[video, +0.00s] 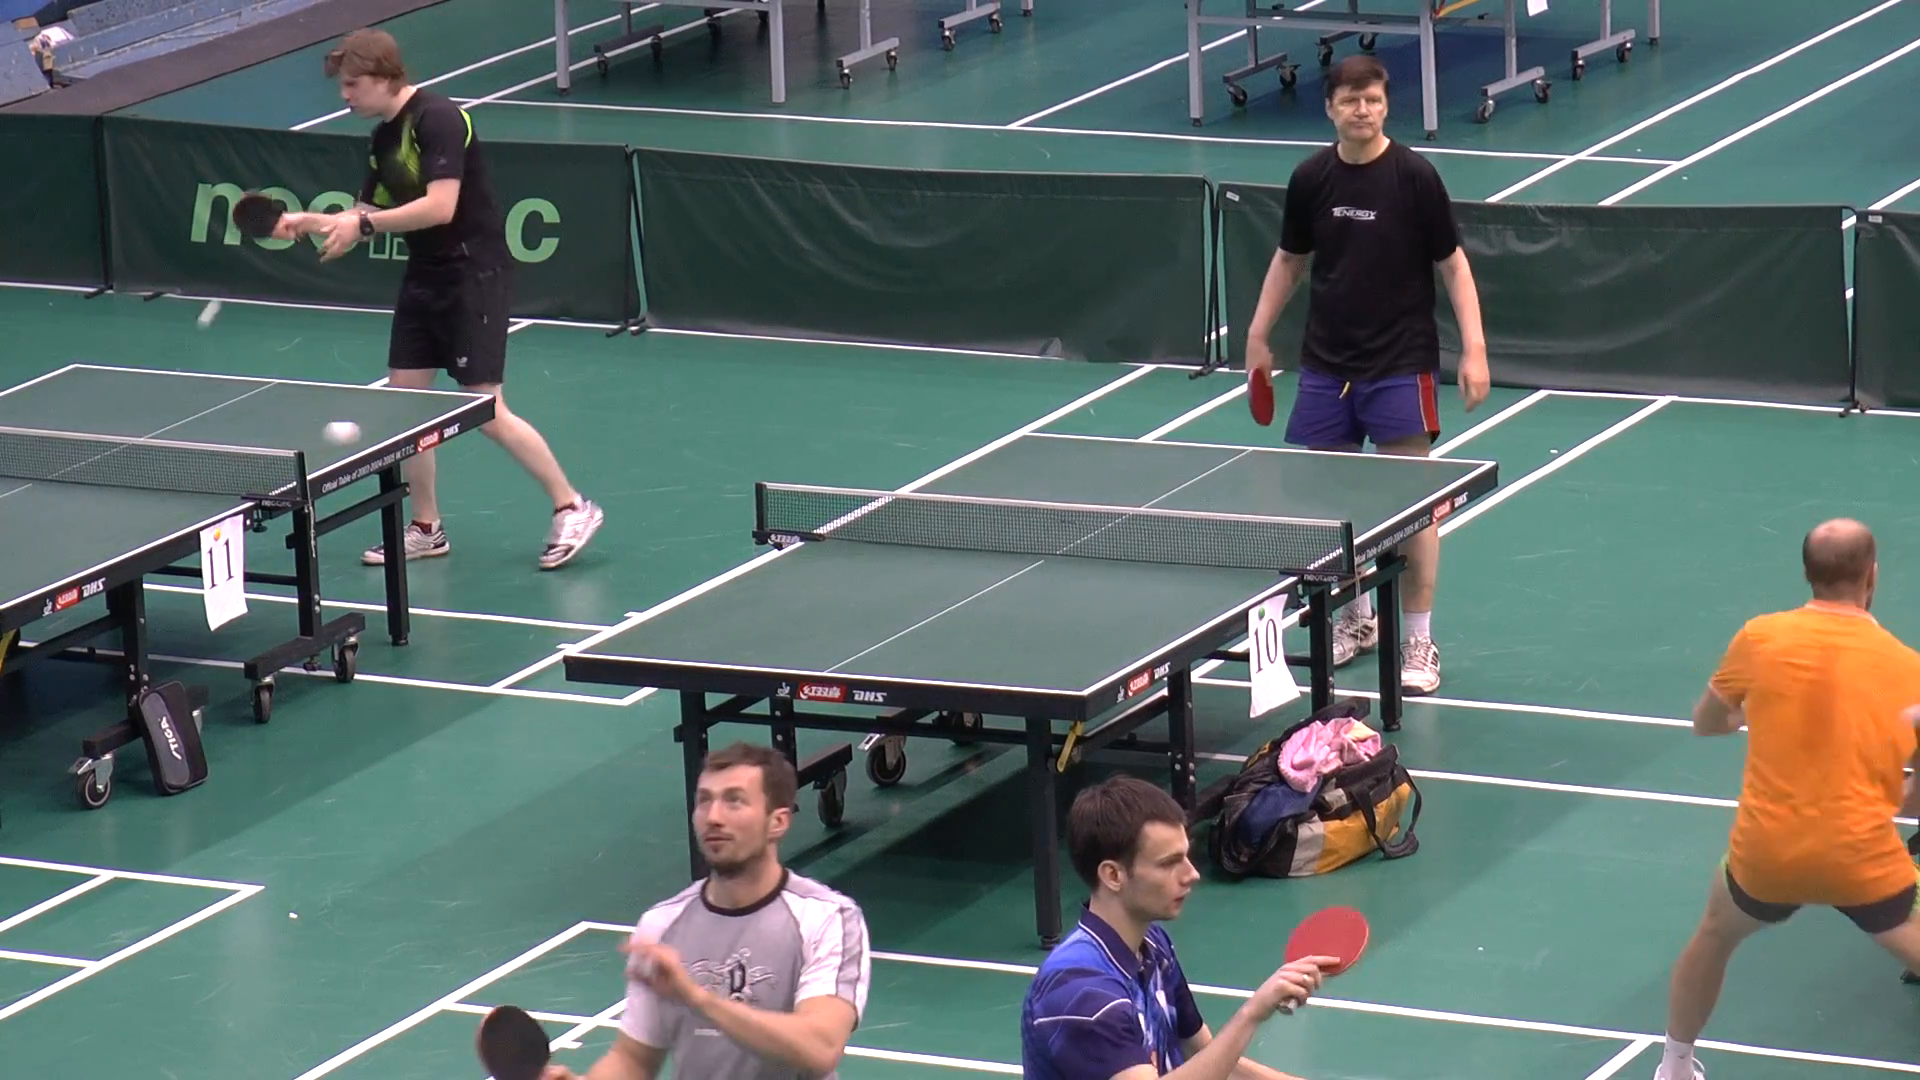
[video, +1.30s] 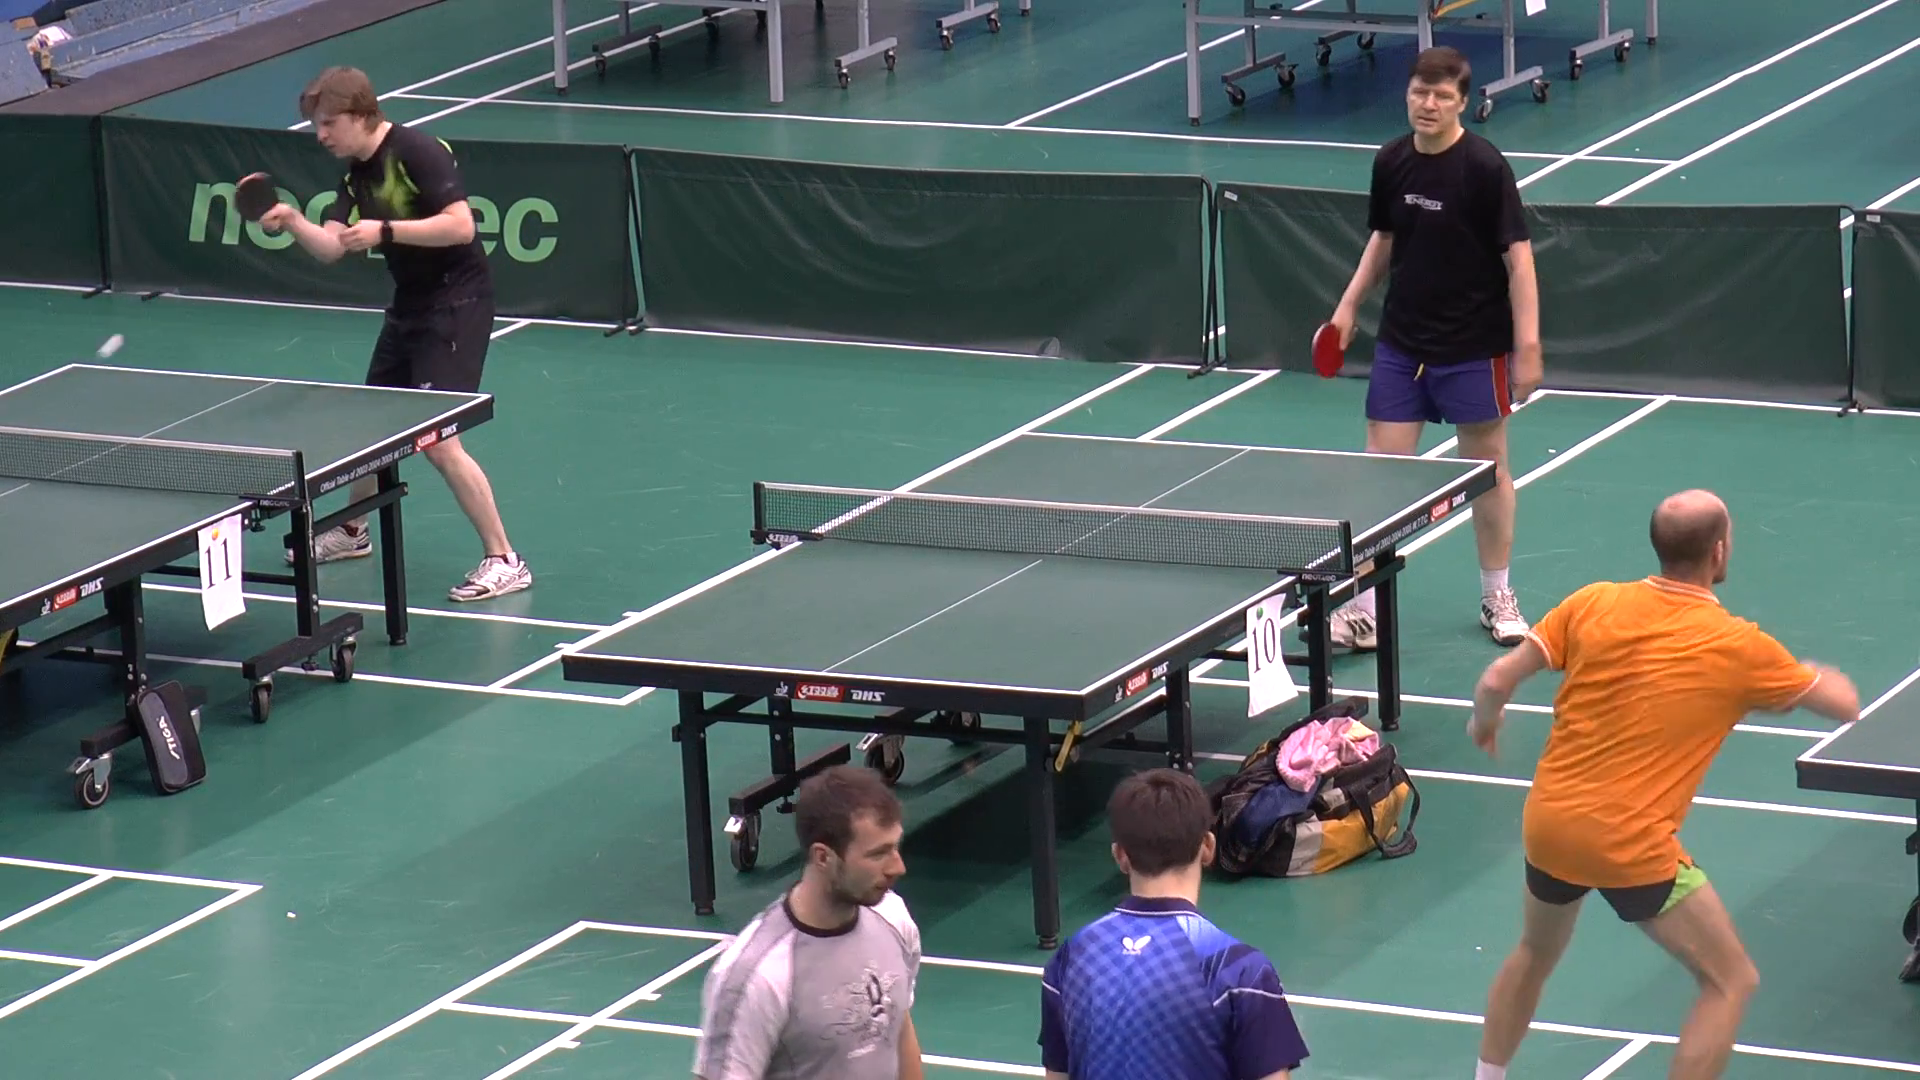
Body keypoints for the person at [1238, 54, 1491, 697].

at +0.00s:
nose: (1361, 108)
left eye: (1372, 98)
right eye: (1349, 99)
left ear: (1387, 104)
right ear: (1330, 107)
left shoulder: (1416, 176)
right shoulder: (1310, 177)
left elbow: (1454, 265)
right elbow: (1288, 259)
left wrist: (1474, 348)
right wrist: (1256, 332)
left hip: (1400, 365)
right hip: (1325, 366)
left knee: (1414, 501)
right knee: (1310, 492)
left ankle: (1418, 636)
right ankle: (1357, 610)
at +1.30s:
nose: (1426, 104)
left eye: (1440, 96)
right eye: (1419, 93)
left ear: (1462, 102)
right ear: (1407, 95)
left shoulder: (1487, 167)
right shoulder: (1390, 162)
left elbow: (1520, 261)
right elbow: (1383, 238)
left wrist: (1528, 350)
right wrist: (1348, 303)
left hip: (1475, 349)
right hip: (1401, 344)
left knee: (1489, 474)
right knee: (1381, 474)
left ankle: (1498, 593)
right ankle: (1364, 604)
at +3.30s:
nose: (1454, 99)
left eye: (1467, 90)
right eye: (1447, 87)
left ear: (1493, 90)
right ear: (1439, 86)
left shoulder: (1528, 154)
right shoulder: (1419, 154)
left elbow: (1558, 244)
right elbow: (1399, 233)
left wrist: (1575, 330)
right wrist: (1389, 278)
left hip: (1506, 340)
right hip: (1430, 336)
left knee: (1507, 471)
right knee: (1394, 465)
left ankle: (1496, 591)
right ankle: (1395, 588)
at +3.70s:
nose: (1473, 109)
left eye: (1485, 99)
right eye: (1466, 98)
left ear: (1515, 94)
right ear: (1458, 95)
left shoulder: (1553, 154)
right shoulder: (1440, 161)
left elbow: (1581, 239)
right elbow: (1414, 243)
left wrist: (1600, 323)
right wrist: (1424, 289)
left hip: (1533, 340)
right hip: (1461, 339)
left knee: (1518, 467)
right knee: (1464, 470)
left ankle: (1500, 587)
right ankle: (1471, 612)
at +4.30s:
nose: (1483, 162)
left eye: (1491, 150)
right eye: (1471, 154)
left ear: (1512, 126)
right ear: (1459, 144)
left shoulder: (1558, 166)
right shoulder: (1443, 195)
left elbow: (1591, 244)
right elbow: (1425, 281)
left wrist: (1623, 323)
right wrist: (1459, 316)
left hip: (1563, 357)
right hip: (1487, 365)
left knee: (1592, 485)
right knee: (1487, 493)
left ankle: (1582, 605)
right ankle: (1497, 630)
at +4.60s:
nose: (1513, 177)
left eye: (1521, 166)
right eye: (1505, 167)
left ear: (1550, 144)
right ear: (1499, 157)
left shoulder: (1600, 194)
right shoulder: (1500, 198)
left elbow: (1639, 281)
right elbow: (1480, 267)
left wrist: (1587, 349)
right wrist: (1483, 307)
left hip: (1597, 380)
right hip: (1524, 378)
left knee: (1606, 509)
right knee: (1510, 502)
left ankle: (1635, 660)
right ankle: (1500, 633)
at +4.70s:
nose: (1521, 175)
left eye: (1529, 164)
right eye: (1514, 165)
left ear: (1561, 146)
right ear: (1511, 156)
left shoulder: (1606, 202)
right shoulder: (1528, 193)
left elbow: (1616, 308)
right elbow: (1523, 260)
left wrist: (1532, 348)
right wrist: (1504, 303)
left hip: (1617, 376)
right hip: (1556, 374)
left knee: (1616, 511)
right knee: (1529, 498)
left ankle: (1637, 662)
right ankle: (1512, 632)